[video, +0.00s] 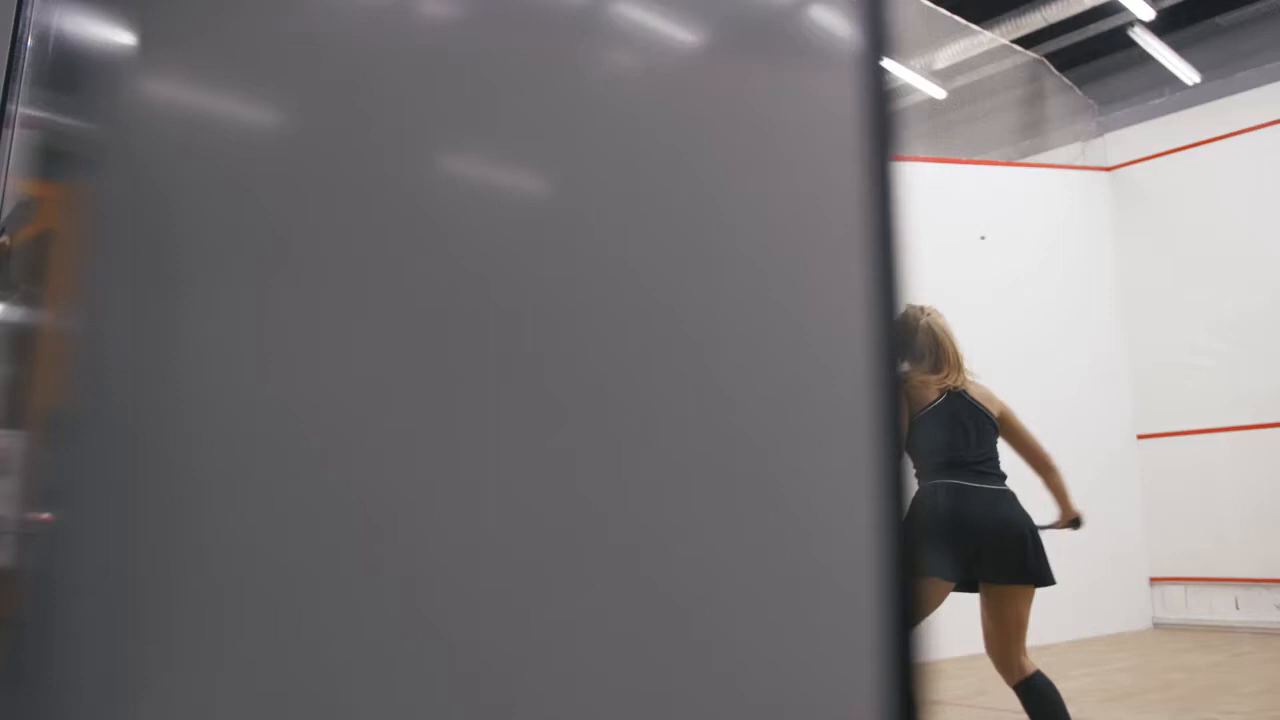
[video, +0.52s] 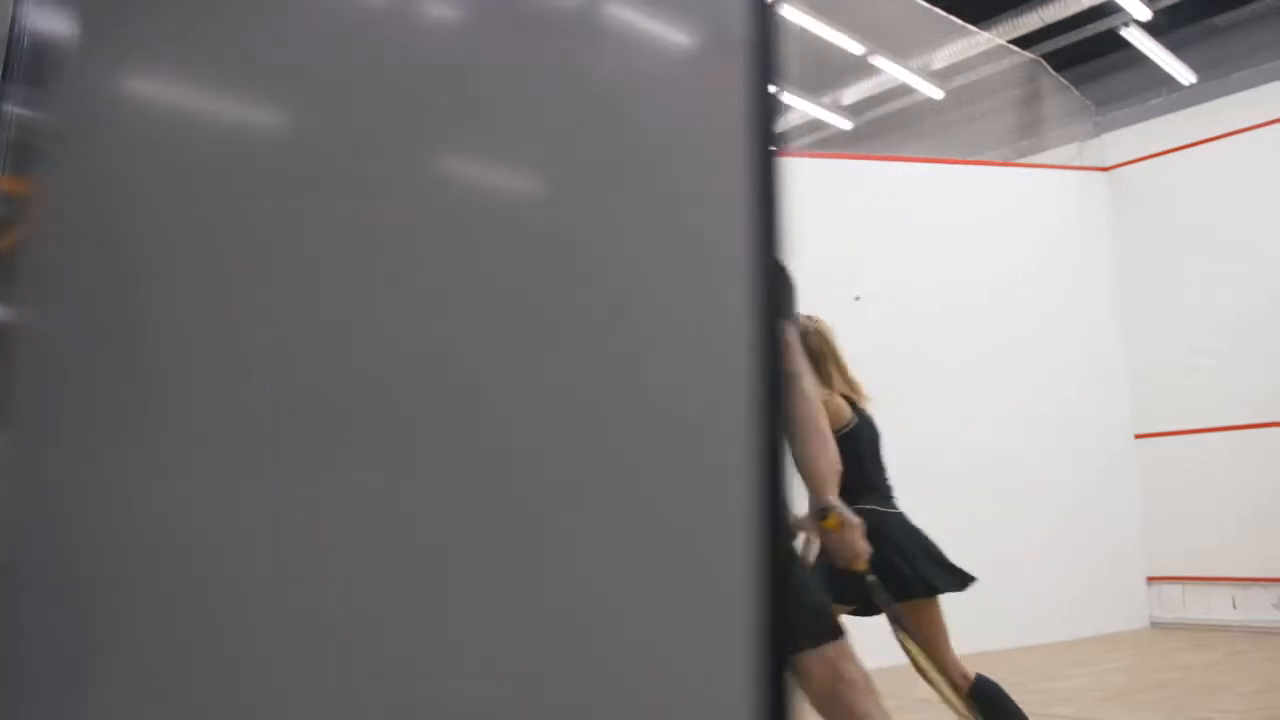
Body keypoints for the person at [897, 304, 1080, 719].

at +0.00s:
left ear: (900, 349)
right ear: (947, 343)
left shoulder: (903, 392)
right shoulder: (979, 392)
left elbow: (886, 464)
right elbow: (1039, 457)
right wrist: (1067, 508)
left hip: (939, 521)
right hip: (1007, 522)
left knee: (882, 631)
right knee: (1012, 656)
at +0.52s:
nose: (785, 370)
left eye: (789, 359)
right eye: (786, 361)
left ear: (802, 358)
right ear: (828, 353)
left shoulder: (823, 405)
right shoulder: (849, 403)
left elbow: (826, 480)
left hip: (858, 535)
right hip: (890, 532)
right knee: (947, 671)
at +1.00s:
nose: (824, 183)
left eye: (822, 174)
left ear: (826, 176)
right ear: (891, 179)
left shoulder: (790, 253)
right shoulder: (934, 238)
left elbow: (739, 333)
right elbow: (992, 334)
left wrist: (748, 443)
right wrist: (1025, 450)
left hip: (816, 481)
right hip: (912, 479)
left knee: (835, 655)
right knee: (970, 664)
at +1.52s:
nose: (909, 231)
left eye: (911, 214)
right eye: (908, 216)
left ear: (933, 207)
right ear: (974, 212)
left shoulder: (900, 281)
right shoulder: (1034, 268)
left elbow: (844, 354)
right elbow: (1108, 365)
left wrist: (850, 457)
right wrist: (1119, 467)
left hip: (933, 485)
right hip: (1018, 477)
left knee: (1034, 657)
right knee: (1016, 671)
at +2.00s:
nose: (958, 251)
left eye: (959, 236)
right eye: (957, 238)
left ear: (978, 233)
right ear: (1019, 235)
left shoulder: (950, 303)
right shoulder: (1075, 291)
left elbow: (896, 375)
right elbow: (1135, 374)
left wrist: (910, 459)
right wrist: (1152, 470)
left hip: (992, 498)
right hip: (1072, 487)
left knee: (1069, 645)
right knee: (1142, 637)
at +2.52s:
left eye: (974, 265)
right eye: (1024, 260)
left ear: (973, 268)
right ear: (1028, 265)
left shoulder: (955, 328)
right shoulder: (1078, 323)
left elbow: (920, 393)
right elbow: (1130, 397)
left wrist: (932, 455)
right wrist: (1131, 483)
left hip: (999, 515)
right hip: (1075, 508)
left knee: (1002, 638)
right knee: (1124, 635)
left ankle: (1044, 713)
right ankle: (1163, 716)